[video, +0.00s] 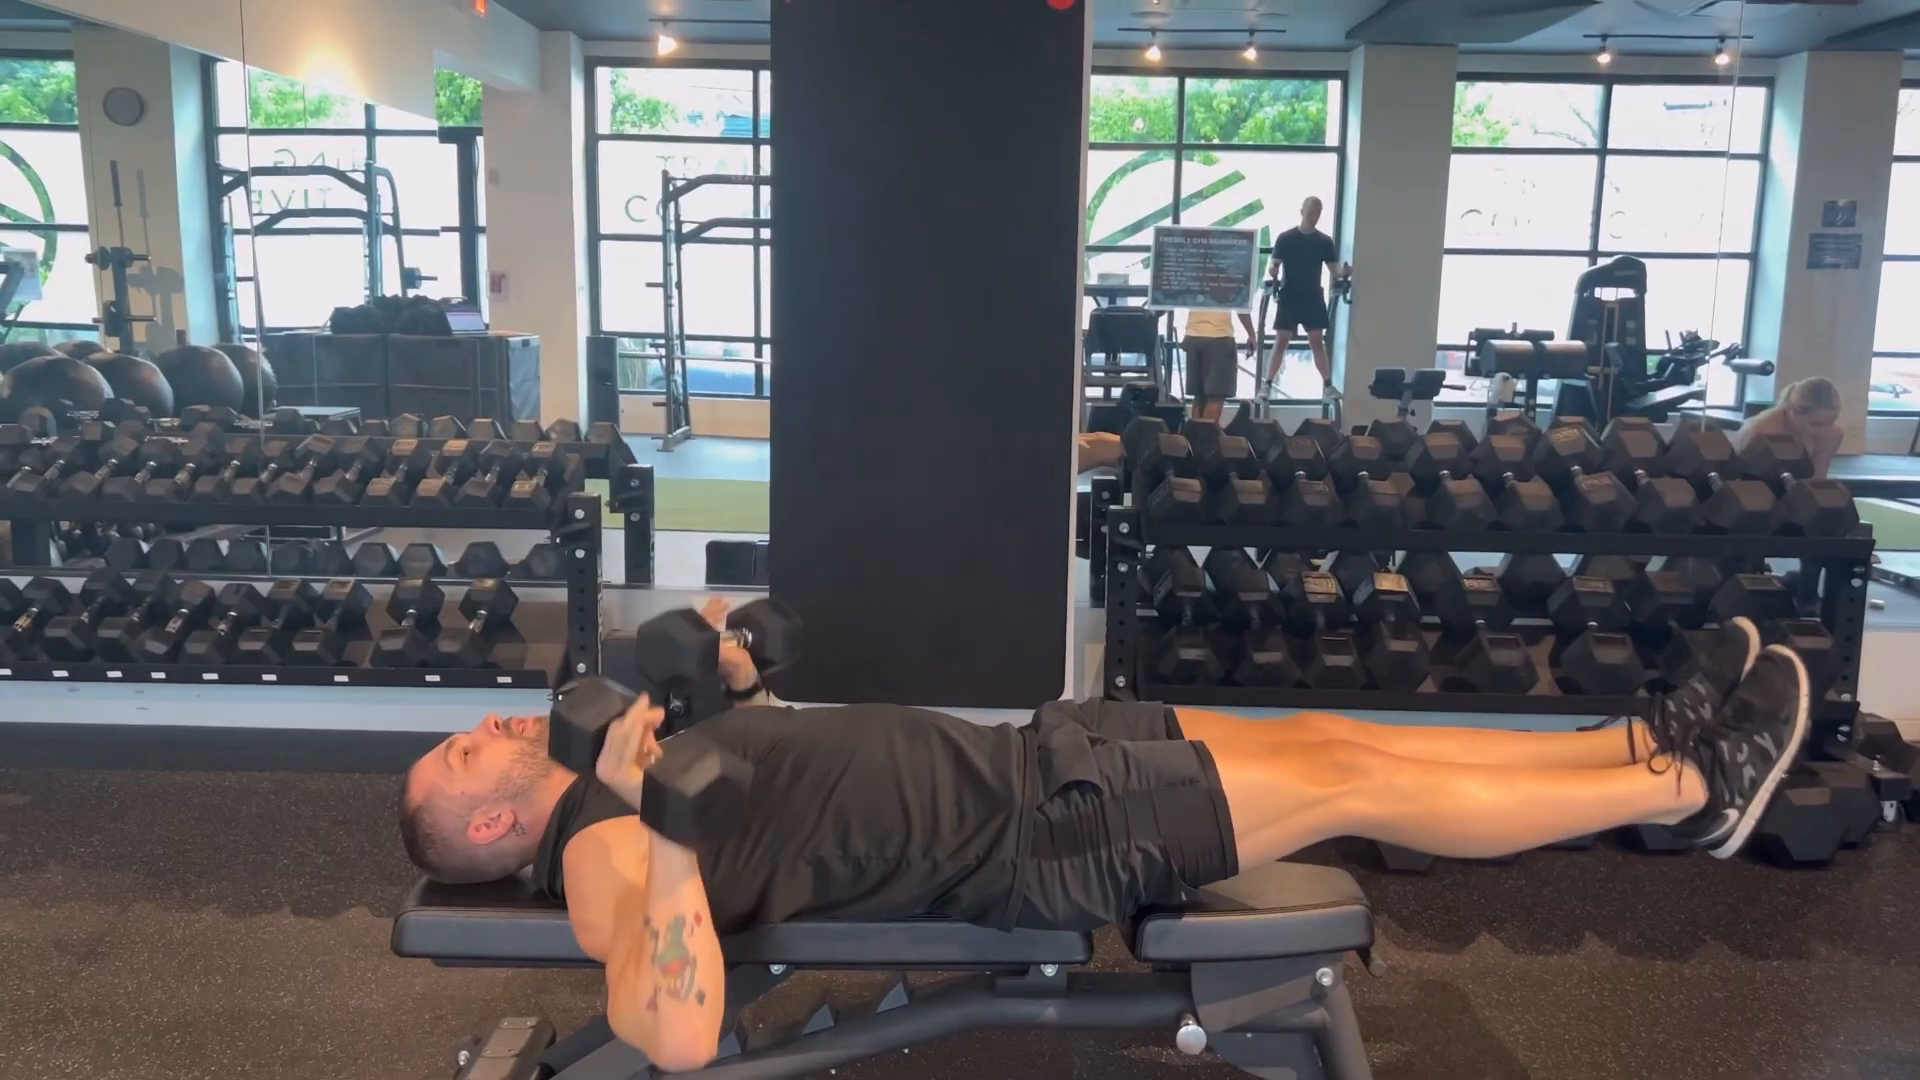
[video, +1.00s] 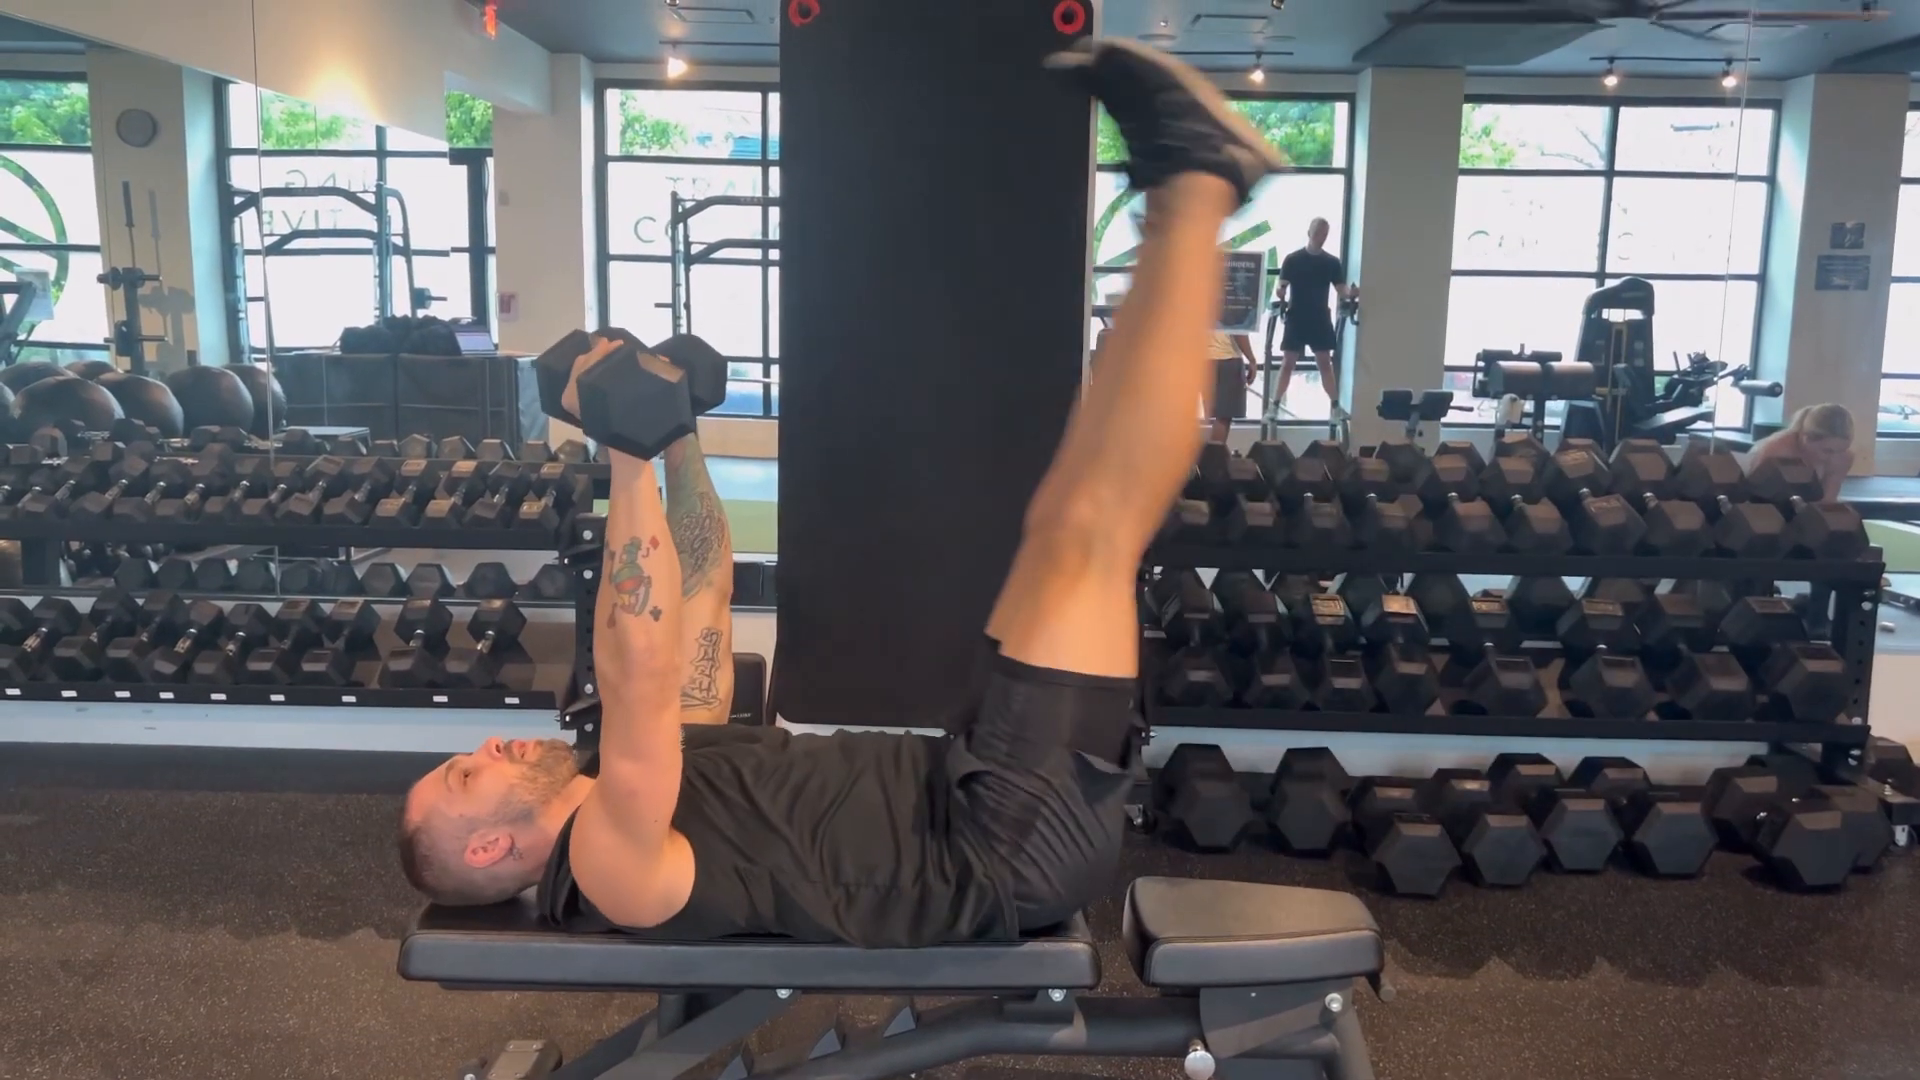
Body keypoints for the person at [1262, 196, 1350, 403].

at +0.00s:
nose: (1313, 216)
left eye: (1316, 212)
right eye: (1310, 211)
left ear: (1320, 214)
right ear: (1302, 211)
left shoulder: (1325, 242)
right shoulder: (1285, 238)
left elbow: (1334, 271)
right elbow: (1273, 267)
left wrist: (1346, 271)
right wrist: (1275, 279)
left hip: (1313, 296)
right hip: (1289, 295)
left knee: (1317, 342)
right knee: (1281, 341)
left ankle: (1327, 386)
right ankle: (1267, 384)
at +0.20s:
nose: (1315, 219)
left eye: (1318, 215)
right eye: (1312, 214)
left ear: (1322, 217)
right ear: (1304, 214)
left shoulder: (1327, 244)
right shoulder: (1287, 241)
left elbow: (1336, 273)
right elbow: (1275, 269)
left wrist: (1348, 274)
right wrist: (1276, 281)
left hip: (1315, 299)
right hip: (1291, 298)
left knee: (1318, 344)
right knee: (1283, 344)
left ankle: (1329, 388)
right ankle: (1269, 386)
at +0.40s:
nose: (1317, 223)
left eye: (1320, 219)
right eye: (1313, 218)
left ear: (1323, 221)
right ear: (1305, 218)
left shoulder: (1329, 249)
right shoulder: (1289, 246)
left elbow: (1338, 277)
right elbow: (1278, 273)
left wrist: (1350, 278)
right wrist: (1278, 284)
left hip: (1317, 303)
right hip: (1293, 302)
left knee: (1320, 349)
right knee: (1285, 348)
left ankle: (1331, 393)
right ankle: (1271, 390)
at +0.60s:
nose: (1317, 228)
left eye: (1321, 225)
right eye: (1314, 224)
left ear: (1324, 227)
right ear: (1306, 224)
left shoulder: (1330, 254)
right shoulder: (1291, 251)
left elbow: (1339, 282)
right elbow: (1278, 280)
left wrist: (1351, 284)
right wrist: (1280, 292)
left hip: (1318, 309)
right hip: (1294, 308)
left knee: (1323, 354)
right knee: (1286, 354)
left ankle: (1333, 397)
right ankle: (1273, 396)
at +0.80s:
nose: (1318, 233)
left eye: (1322, 229)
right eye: (1315, 228)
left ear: (1325, 230)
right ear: (1308, 228)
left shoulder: (1331, 258)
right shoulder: (1292, 255)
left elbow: (1341, 286)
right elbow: (1280, 284)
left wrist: (1352, 288)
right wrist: (1282, 297)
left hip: (1319, 312)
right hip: (1295, 312)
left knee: (1324, 358)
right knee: (1287, 358)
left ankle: (1334, 401)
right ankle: (1274, 400)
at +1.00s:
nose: (1320, 238)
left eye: (1323, 234)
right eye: (1317, 233)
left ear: (1326, 235)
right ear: (1309, 233)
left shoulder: (1332, 263)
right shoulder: (1292, 259)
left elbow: (1341, 290)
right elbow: (1281, 288)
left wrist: (1351, 293)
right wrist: (1282, 300)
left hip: (1320, 318)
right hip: (1296, 317)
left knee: (1325, 363)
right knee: (1288, 363)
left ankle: (1335, 405)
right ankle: (1275, 404)